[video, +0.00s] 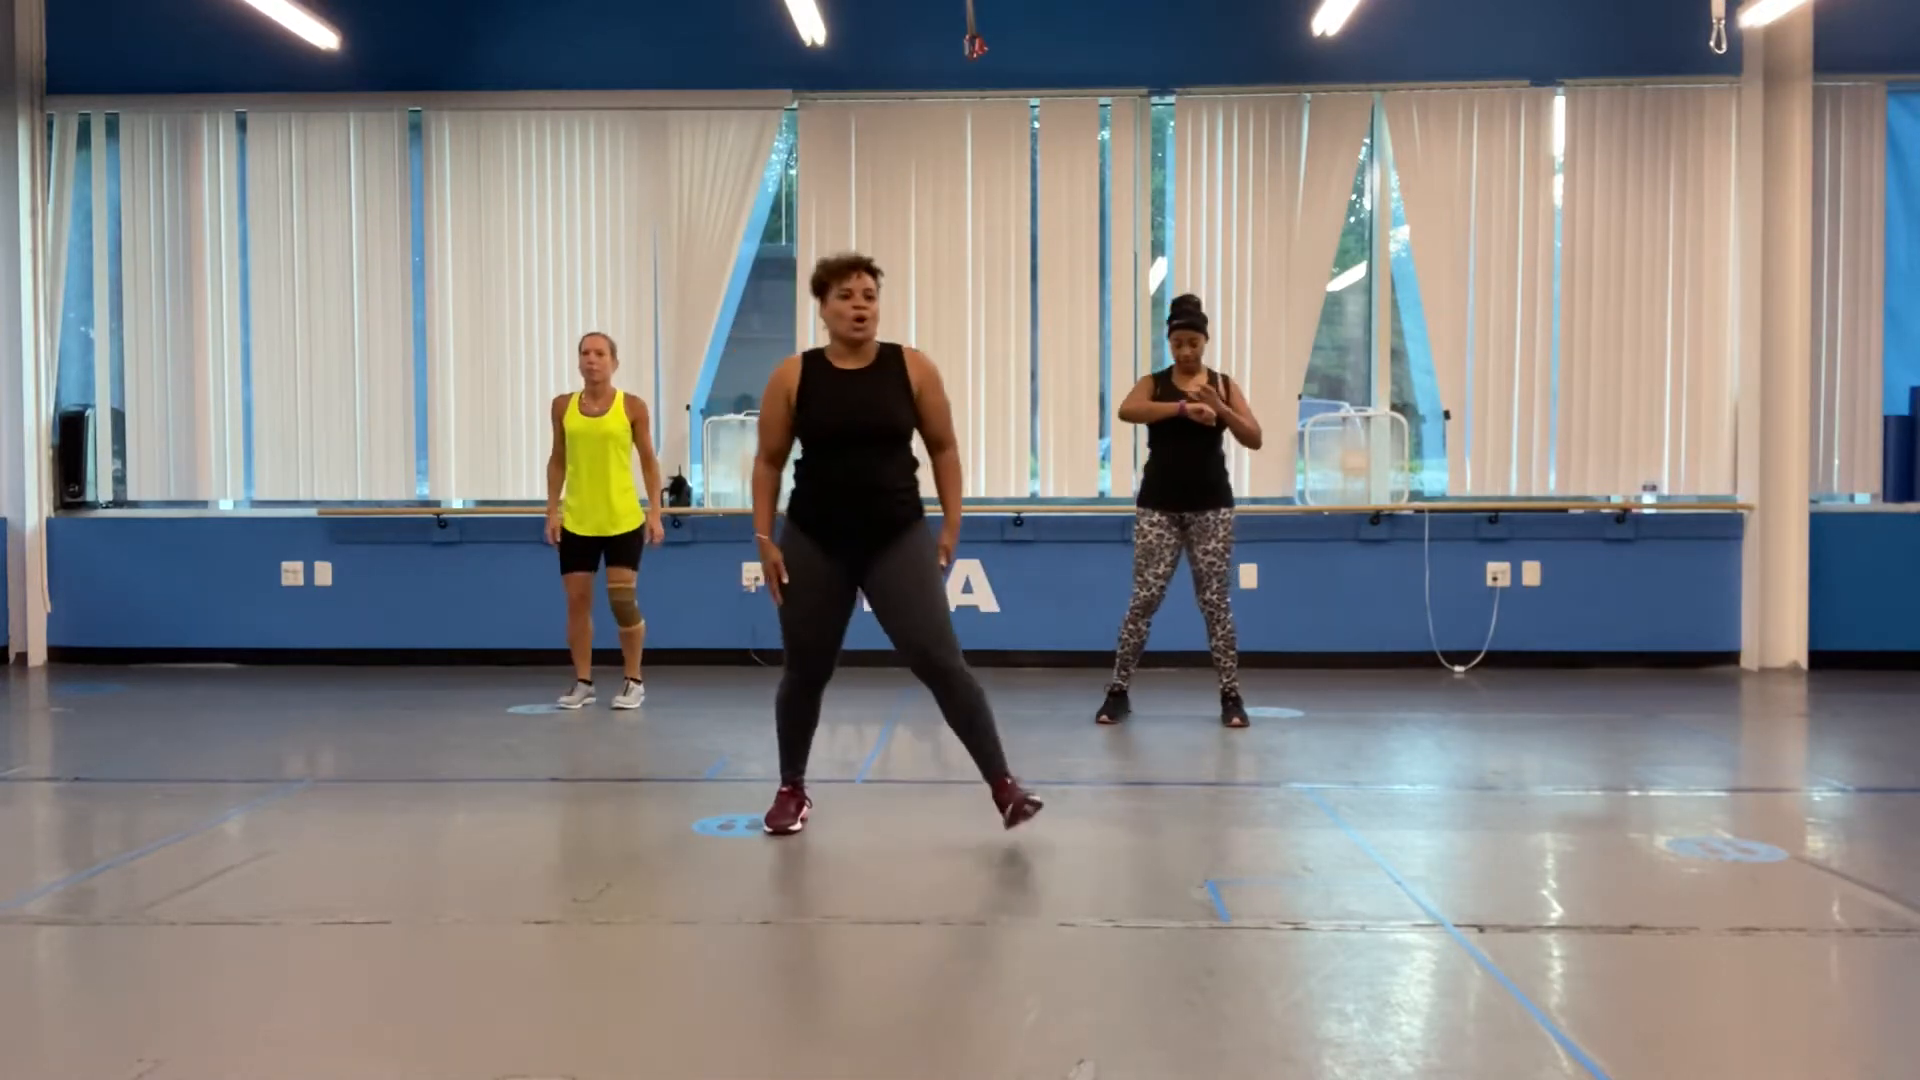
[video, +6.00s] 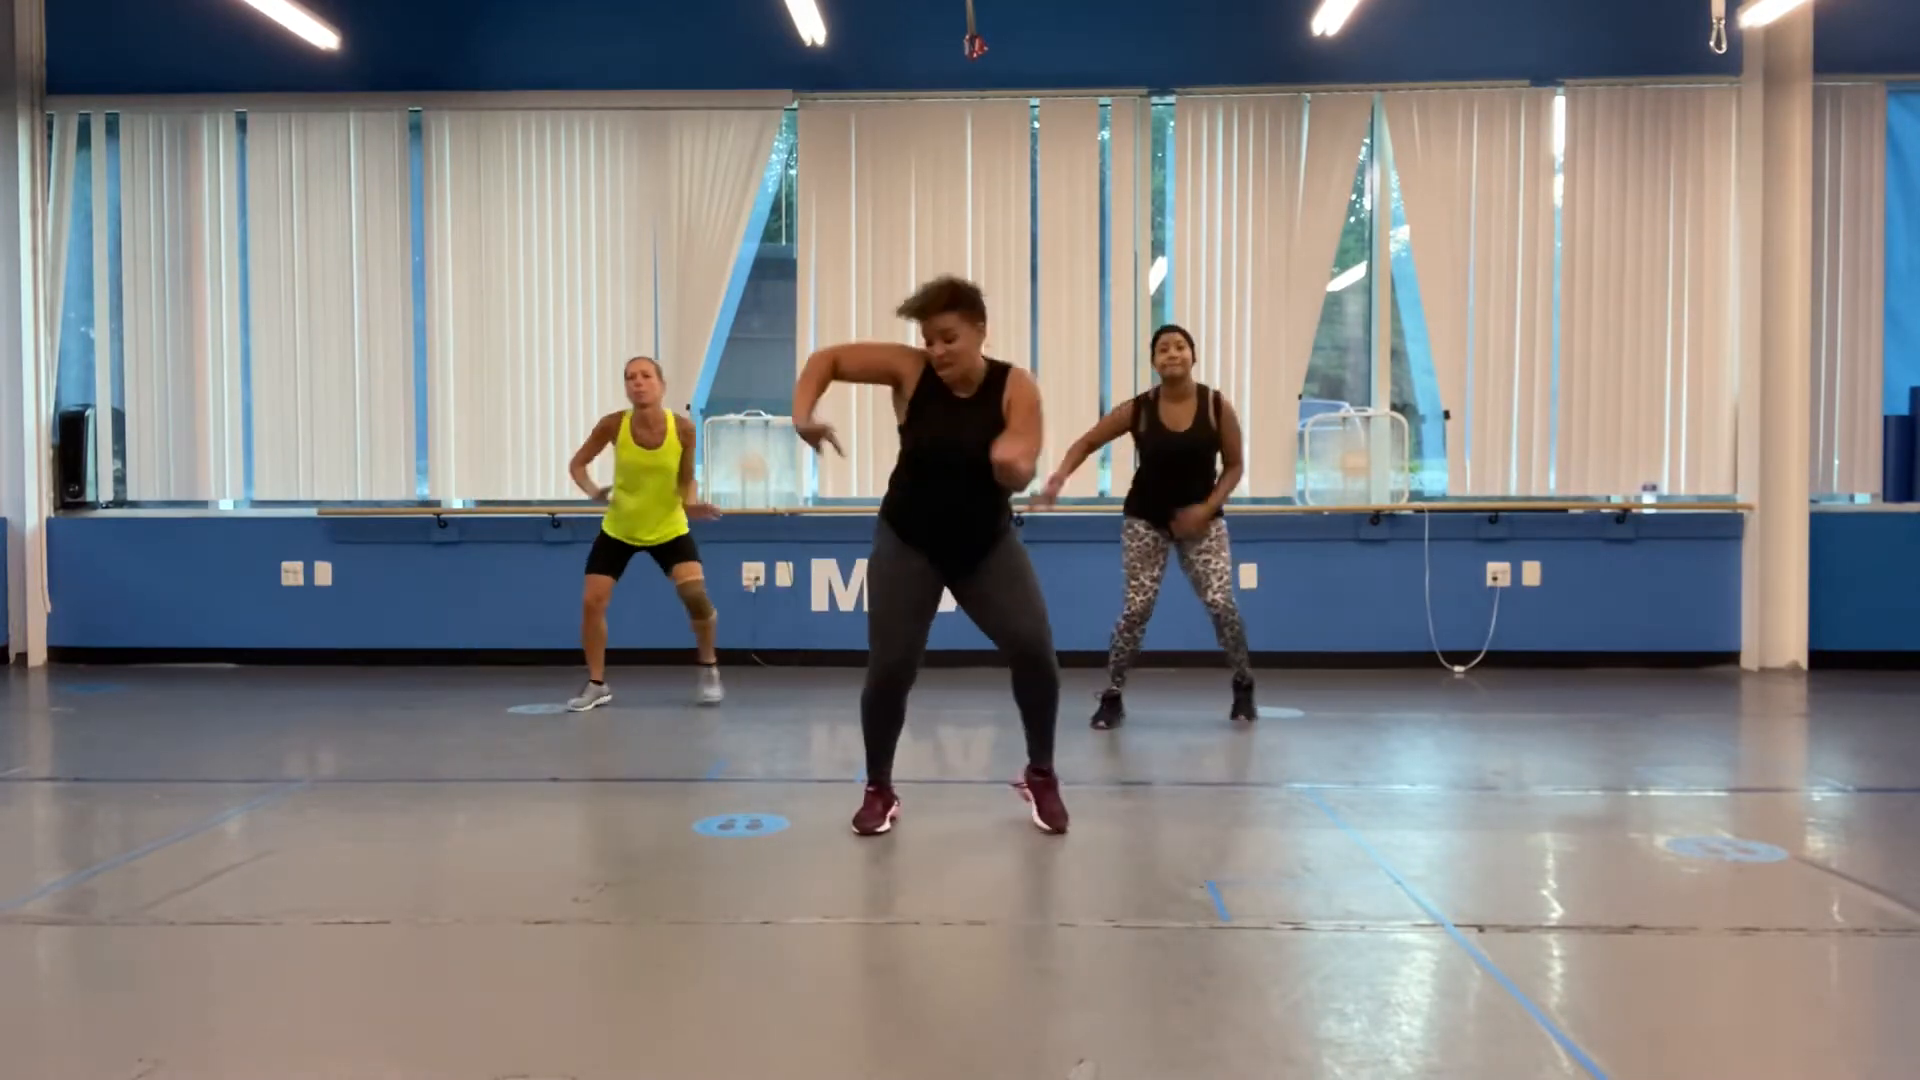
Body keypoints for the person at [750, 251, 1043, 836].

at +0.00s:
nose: (860, 305)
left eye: (869, 295)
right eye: (846, 296)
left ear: (880, 305)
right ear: (822, 308)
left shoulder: (914, 370)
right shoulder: (793, 377)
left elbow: (943, 449)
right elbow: (768, 461)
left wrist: (951, 526)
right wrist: (765, 540)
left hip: (897, 537)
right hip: (815, 540)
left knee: (941, 662)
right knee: (805, 670)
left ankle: (1002, 783)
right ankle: (791, 789)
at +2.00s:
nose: (974, 307)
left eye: (987, 297)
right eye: (962, 295)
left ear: (1001, 309)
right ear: (939, 304)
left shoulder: (1024, 374)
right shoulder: (907, 350)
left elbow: (1096, 423)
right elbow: (869, 423)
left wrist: (1128, 467)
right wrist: (958, 438)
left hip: (1015, 529)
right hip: (936, 535)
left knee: (1011, 652)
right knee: (929, 668)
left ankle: (1042, 788)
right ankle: (926, 803)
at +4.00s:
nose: (850, 338)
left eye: (862, 326)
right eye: (839, 329)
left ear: (884, 331)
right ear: (828, 338)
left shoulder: (920, 379)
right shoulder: (814, 401)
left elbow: (961, 428)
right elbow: (783, 478)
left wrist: (882, 439)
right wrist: (720, 454)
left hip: (918, 552)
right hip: (838, 552)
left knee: (941, 676)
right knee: (799, 655)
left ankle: (941, 793)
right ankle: (769, 752)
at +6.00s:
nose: (937, 350)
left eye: (949, 339)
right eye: (929, 339)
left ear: (980, 332)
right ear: (922, 337)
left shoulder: (1016, 388)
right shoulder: (908, 367)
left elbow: (1021, 467)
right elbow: (825, 359)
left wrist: (1005, 460)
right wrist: (801, 415)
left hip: (986, 545)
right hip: (907, 542)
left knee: (1035, 651)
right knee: (891, 668)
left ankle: (1041, 774)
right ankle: (878, 790)